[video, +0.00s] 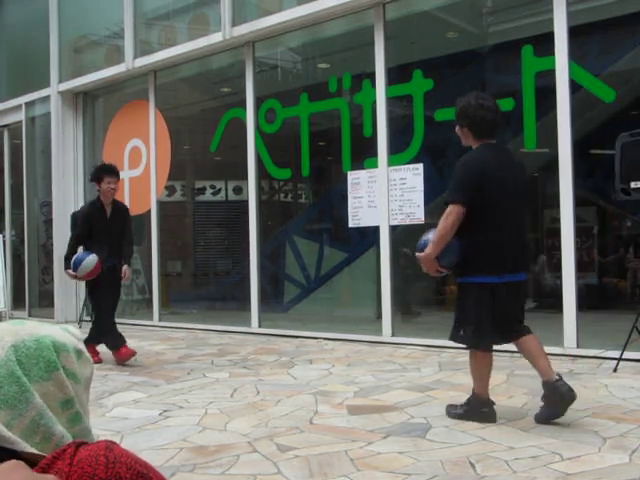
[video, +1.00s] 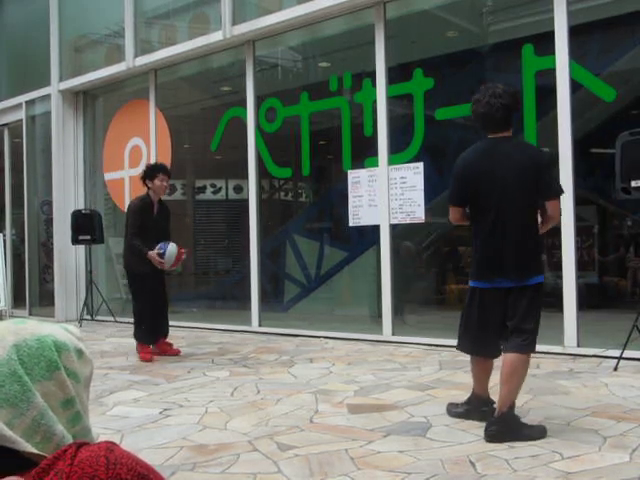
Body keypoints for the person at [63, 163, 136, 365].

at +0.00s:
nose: (112, 187)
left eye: (115, 183)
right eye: (108, 183)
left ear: (118, 186)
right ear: (98, 186)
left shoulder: (122, 211)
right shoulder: (86, 213)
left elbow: (128, 240)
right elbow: (76, 240)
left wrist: (126, 262)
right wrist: (68, 264)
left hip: (115, 264)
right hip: (93, 265)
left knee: (109, 306)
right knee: (101, 307)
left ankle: (90, 343)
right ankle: (118, 346)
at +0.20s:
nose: (127, 186)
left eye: (128, 182)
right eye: (122, 182)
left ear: (130, 184)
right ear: (109, 186)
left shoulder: (130, 208)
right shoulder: (101, 210)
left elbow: (133, 238)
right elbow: (91, 241)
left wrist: (131, 264)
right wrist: (89, 268)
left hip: (125, 263)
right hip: (106, 265)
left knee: (122, 306)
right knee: (113, 307)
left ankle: (96, 339)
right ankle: (123, 349)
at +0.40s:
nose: (141, 187)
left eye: (142, 183)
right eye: (137, 183)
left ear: (142, 184)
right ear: (124, 184)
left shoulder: (138, 207)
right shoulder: (113, 208)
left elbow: (143, 238)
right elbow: (109, 241)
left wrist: (144, 266)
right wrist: (117, 268)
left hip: (133, 266)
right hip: (114, 266)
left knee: (143, 300)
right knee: (119, 305)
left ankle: (124, 337)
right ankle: (122, 349)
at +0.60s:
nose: (154, 187)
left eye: (155, 183)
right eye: (149, 183)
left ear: (154, 184)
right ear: (137, 185)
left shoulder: (146, 208)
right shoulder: (125, 208)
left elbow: (148, 238)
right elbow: (127, 242)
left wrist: (155, 263)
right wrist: (139, 268)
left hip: (137, 265)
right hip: (120, 267)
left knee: (145, 304)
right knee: (124, 309)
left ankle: (157, 341)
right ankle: (125, 351)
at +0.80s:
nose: (163, 189)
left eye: (165, 185)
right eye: (159, 185)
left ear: (165, 186)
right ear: (146, 186)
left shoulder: (158, 210)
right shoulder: (133, 208)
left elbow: (159, 241)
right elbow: (133, 242)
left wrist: (166, 263)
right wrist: (149, 264)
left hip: (147, 266)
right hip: (129, 267)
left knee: (154, 304)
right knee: (128, 308)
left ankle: (159, 342)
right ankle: (127, 350)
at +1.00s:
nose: (165, 185)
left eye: (167, 182)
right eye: (161, 181)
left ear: (168, 184)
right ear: (148, 182)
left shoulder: (163, 208)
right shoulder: (137, 206)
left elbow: (164, 238)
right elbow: (132, 238)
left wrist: (175, 253)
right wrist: (148, 253)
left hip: (156, 260)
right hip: (137, 261)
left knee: (160, 300)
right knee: (143, 301)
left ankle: (160, 340)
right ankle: (143, 343)